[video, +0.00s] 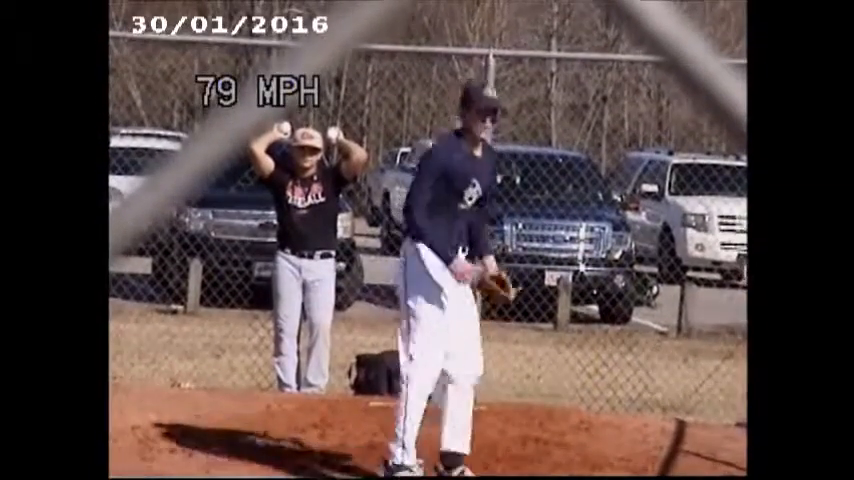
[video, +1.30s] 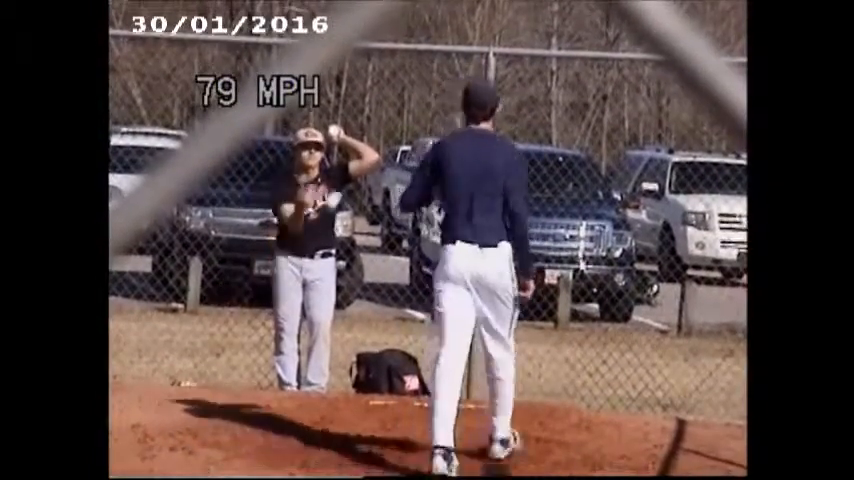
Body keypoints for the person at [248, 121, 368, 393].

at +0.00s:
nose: (307, 158)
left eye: (313, 153)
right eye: (302, 152)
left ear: (321, 153)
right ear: (292, 153)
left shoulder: (333, 177)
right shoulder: (281, 178)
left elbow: (361, 158)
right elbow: (256, 149)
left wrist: (341, 141)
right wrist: (275, 133)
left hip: (322, 261)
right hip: (288, 259)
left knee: (321, 324)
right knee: (285, 325)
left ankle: (315, 385)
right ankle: (286, 385)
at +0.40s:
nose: (307, 158)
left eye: (313, 152)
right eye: (301, 152)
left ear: (322, 154)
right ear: (292, 153)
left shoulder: (333, 177)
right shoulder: (281, 178)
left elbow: (362, 158)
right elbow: (250, 167)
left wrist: (341, 141)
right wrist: (275, 144)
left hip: (322, 261)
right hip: (288, 259)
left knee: (320, 324)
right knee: (285, 326)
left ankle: (315, 387)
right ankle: (286, 387)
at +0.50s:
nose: (309, 157)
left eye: (315, 151)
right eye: (303, 151)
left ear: (323, 153)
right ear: (293, 151)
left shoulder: (333, 176)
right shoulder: (281, 176)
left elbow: (364, 157)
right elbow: (254, 201)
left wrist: (341, 140)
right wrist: (269, 167)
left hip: (322, 260)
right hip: (287, 258)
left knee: (320, 322)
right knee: (285, 325)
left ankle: (315, 384)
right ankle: (286, 385)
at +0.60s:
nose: (310, 157)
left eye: (316, 152)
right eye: (305, 152)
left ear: (324, 155)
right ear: (295, 153)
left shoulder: (333, 178)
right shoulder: (280, 180)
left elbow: (365, 159)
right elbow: (261, 228)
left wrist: (341, 142)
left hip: (322, 262)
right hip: (287, 261)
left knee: (320, 324)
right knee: (285, 326)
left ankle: (315, 386)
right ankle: (287, 386)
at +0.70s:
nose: (309, 154)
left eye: (315, 150)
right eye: (304, 149)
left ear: (324, 153)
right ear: (295, 152)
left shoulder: (334, 176)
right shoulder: (282, 183)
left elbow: (367, 157)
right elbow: (272, 225)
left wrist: (342, 140)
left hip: (322, 261)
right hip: (288, 259)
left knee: (321, 324)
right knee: (286, 325)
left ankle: (316, 385)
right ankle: (287, 385)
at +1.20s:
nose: (310, 156)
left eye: (315, 152)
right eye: (305, 152)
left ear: (323, 156)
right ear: (295, 156)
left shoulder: (333, 179)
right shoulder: (286, 190)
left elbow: (373, 161)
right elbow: (287, 230)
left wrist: (343, 142)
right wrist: (293, 262)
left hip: (324, 263)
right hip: (291, 261)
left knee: (321, 327)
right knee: (287, 328)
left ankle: (316, 389)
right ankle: (287, 388)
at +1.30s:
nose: (310, 153)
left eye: (316, 148)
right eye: (305, 148)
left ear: (323, 153)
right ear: (295, 153)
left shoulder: (333, 177)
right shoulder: (285, 183)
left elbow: (373, 158)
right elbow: (293, 227)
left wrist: (343, 139)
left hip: (322, 259)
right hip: (288, 259)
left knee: (321, 324)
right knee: (286, 324)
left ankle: (316, 386)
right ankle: (287, 385)